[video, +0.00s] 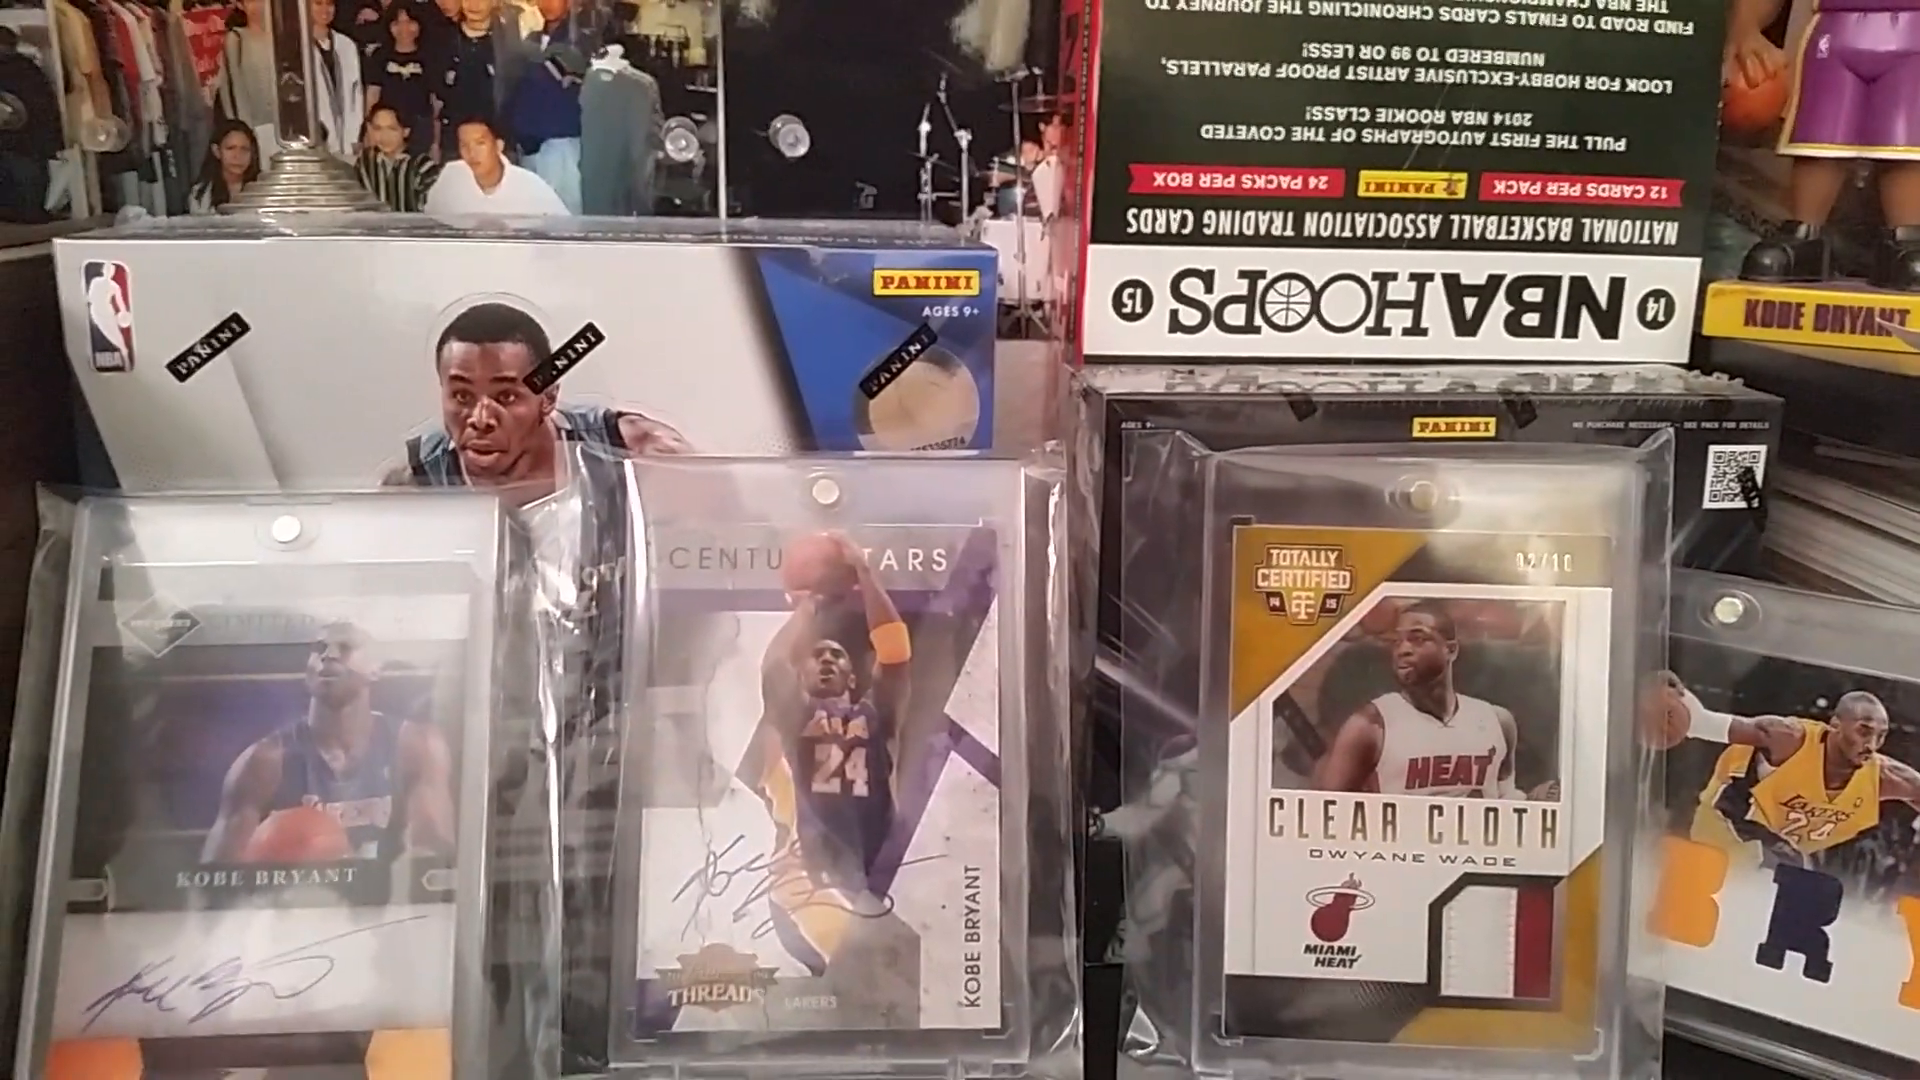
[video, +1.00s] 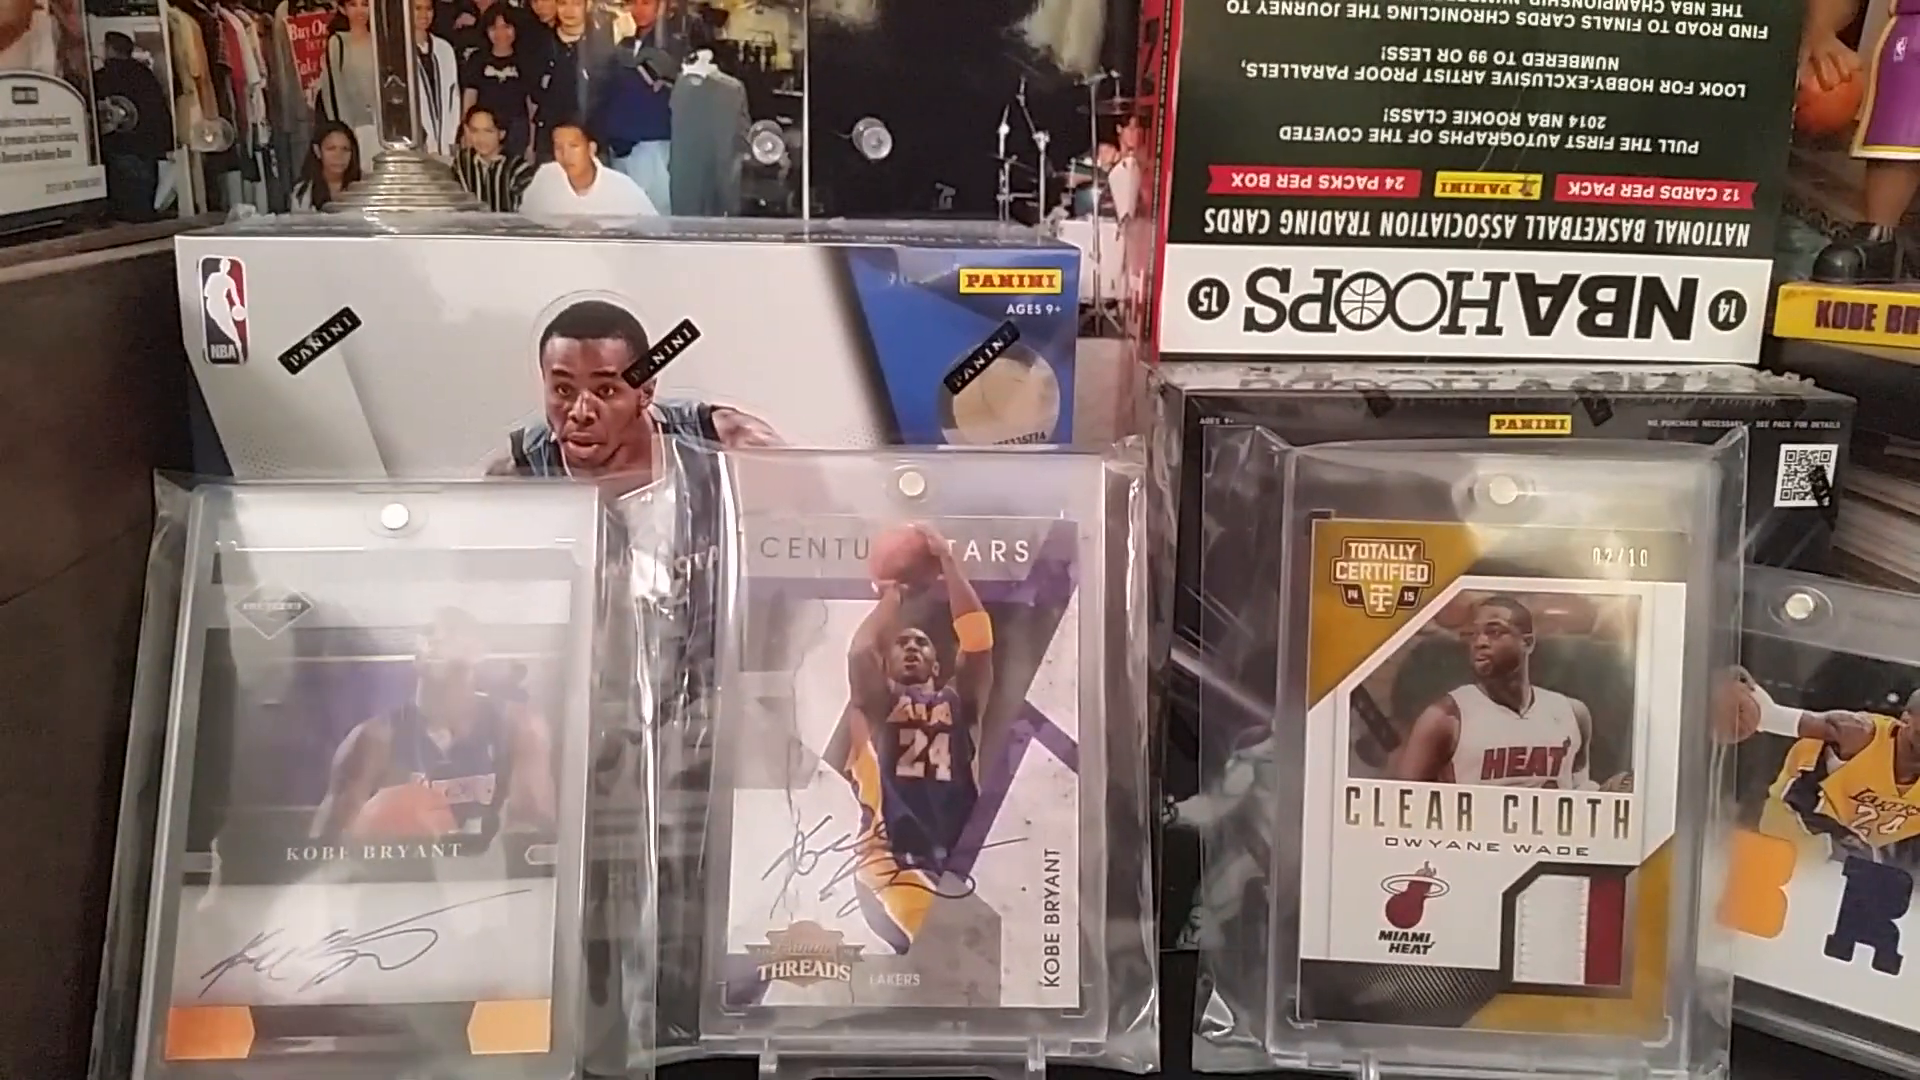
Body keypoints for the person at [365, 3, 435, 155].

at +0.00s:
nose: (404, 28)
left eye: (410, 22)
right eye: (398, 23)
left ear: (418, 28)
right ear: (392, 28)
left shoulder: (429, 58)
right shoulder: (380, 56)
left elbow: (436, 101)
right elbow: (373, 94)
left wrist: (436, 142)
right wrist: (370, 131)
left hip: (420, 127)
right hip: (387, 129)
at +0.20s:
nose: (420, 28)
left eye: (427, 21)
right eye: (414, 23)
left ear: (435, 27)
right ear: (408, 28)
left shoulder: (446, 56)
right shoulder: (398, 55)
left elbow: (453, 99)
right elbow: (390, 93)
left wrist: (453, 140)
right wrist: (389, 130)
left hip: (437, 125)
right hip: (405, 126)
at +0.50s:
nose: (434, 28)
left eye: (440, 22)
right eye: (428, 23)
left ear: (449, 27)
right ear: (421, 28)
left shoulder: (458, 56)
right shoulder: (410, 56)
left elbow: (466, 99)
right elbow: (403, 93)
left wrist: (465, 141)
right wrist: (400, 130)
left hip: (450, 127)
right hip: (418, 129)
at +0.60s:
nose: (446, 27)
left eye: (453, 22)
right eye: (447, 22)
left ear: (469, 26)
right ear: (445, 25)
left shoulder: (483, 58)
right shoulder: (435, 56)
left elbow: (490, 100)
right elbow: (425, 93)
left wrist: (489, 141)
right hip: (439, 128)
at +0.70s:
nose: (484, 29)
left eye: (486, 23)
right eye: (479, 24)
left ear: (494, 28)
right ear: (469, 29)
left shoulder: (504, 57)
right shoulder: (456, 57)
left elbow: (512, 101)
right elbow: (449, 93)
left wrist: (511, 141)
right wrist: (446, 129)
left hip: (495, 125)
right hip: (464, 125)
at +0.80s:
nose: (507, 29)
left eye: (507, 25)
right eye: (501, 25)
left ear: (511, 28)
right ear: (486, 31)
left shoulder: (520, 59)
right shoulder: (474, 58)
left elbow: (528, 100)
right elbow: (467, 94)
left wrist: (528, 144)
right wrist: (462, 127)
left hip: (513, 128)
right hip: (481, 128)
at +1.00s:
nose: (500, 33)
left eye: (506, 27)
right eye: (494, 28)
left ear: (514, 31)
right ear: (488, 33)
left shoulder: (525, 62)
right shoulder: (477, 60)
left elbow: (532, 103)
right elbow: (470, 98)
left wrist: (531, 144)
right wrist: (467, 133)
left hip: (516, 129)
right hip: (484, 130)